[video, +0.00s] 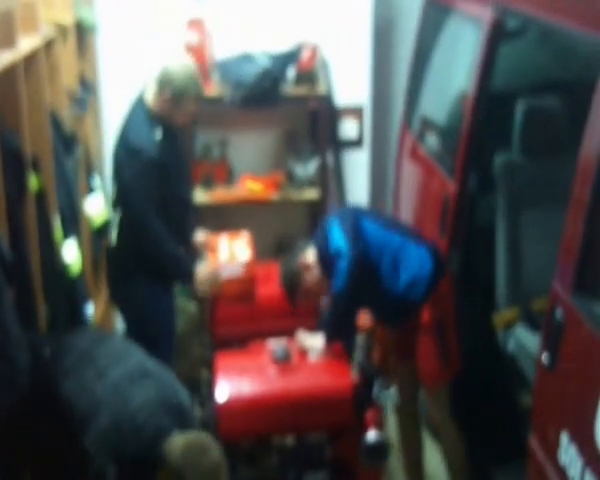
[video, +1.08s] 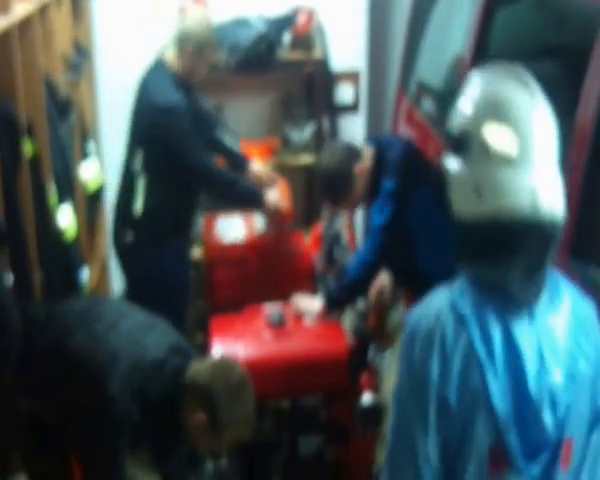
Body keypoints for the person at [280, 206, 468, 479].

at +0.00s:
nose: (320, 295)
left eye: (312, 289)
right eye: (312, 294)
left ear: (307, 265)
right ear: (308, 263)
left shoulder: (339, 225)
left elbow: (344, 284)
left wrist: (326, 334)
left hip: (430, 293)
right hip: (399, 311)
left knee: (436, 406)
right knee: (404, 403)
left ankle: (460, 472)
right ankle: (413, 473)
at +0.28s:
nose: (320, 264)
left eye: (315, 260)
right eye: (314, 264)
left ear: (312, 239)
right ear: (312, 238)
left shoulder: (349, 205)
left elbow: (355, 264)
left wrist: (330, 329)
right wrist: (374, 335)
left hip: (428, 297)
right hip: (402, 305)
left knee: (430, 397)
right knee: (410, 397)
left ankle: (443, 471)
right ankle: (416, 472)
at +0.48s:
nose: (323, 249)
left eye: (318, 243)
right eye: (316, 248)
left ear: (318, 219)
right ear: (317, 217)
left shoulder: (359, 191)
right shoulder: (346, 209)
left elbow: (363, 262)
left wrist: (330, 327)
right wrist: (333, 328)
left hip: (427, 296)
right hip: (409, 300)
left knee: (425, 399)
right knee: (418, 397)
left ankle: (432, 470)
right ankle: (424, 469)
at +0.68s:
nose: (337, 228)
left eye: (333, 221)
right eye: (330, 226)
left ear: (340, 194)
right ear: (341, 191)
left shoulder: (380, 185)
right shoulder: (366, 186)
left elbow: (371, 266)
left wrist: (329, 318)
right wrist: (332, 313)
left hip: (433, 308)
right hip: (413, 307)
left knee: (435, 403)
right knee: (418, 402)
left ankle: (439, 472)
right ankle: (419, 472)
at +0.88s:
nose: (345, 220)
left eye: (344, 213)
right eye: (339, 219)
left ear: (351, 182)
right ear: (350, 179)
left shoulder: (390, 178)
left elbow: (374, 262)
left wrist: (328, 310)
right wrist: (388, 284)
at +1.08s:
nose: (355, 207)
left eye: (354, 199)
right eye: (348, 205)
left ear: (360, 171)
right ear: (359, 168)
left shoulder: (398, 169)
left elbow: (376, 250)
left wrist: (330, 300)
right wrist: (390, 271)